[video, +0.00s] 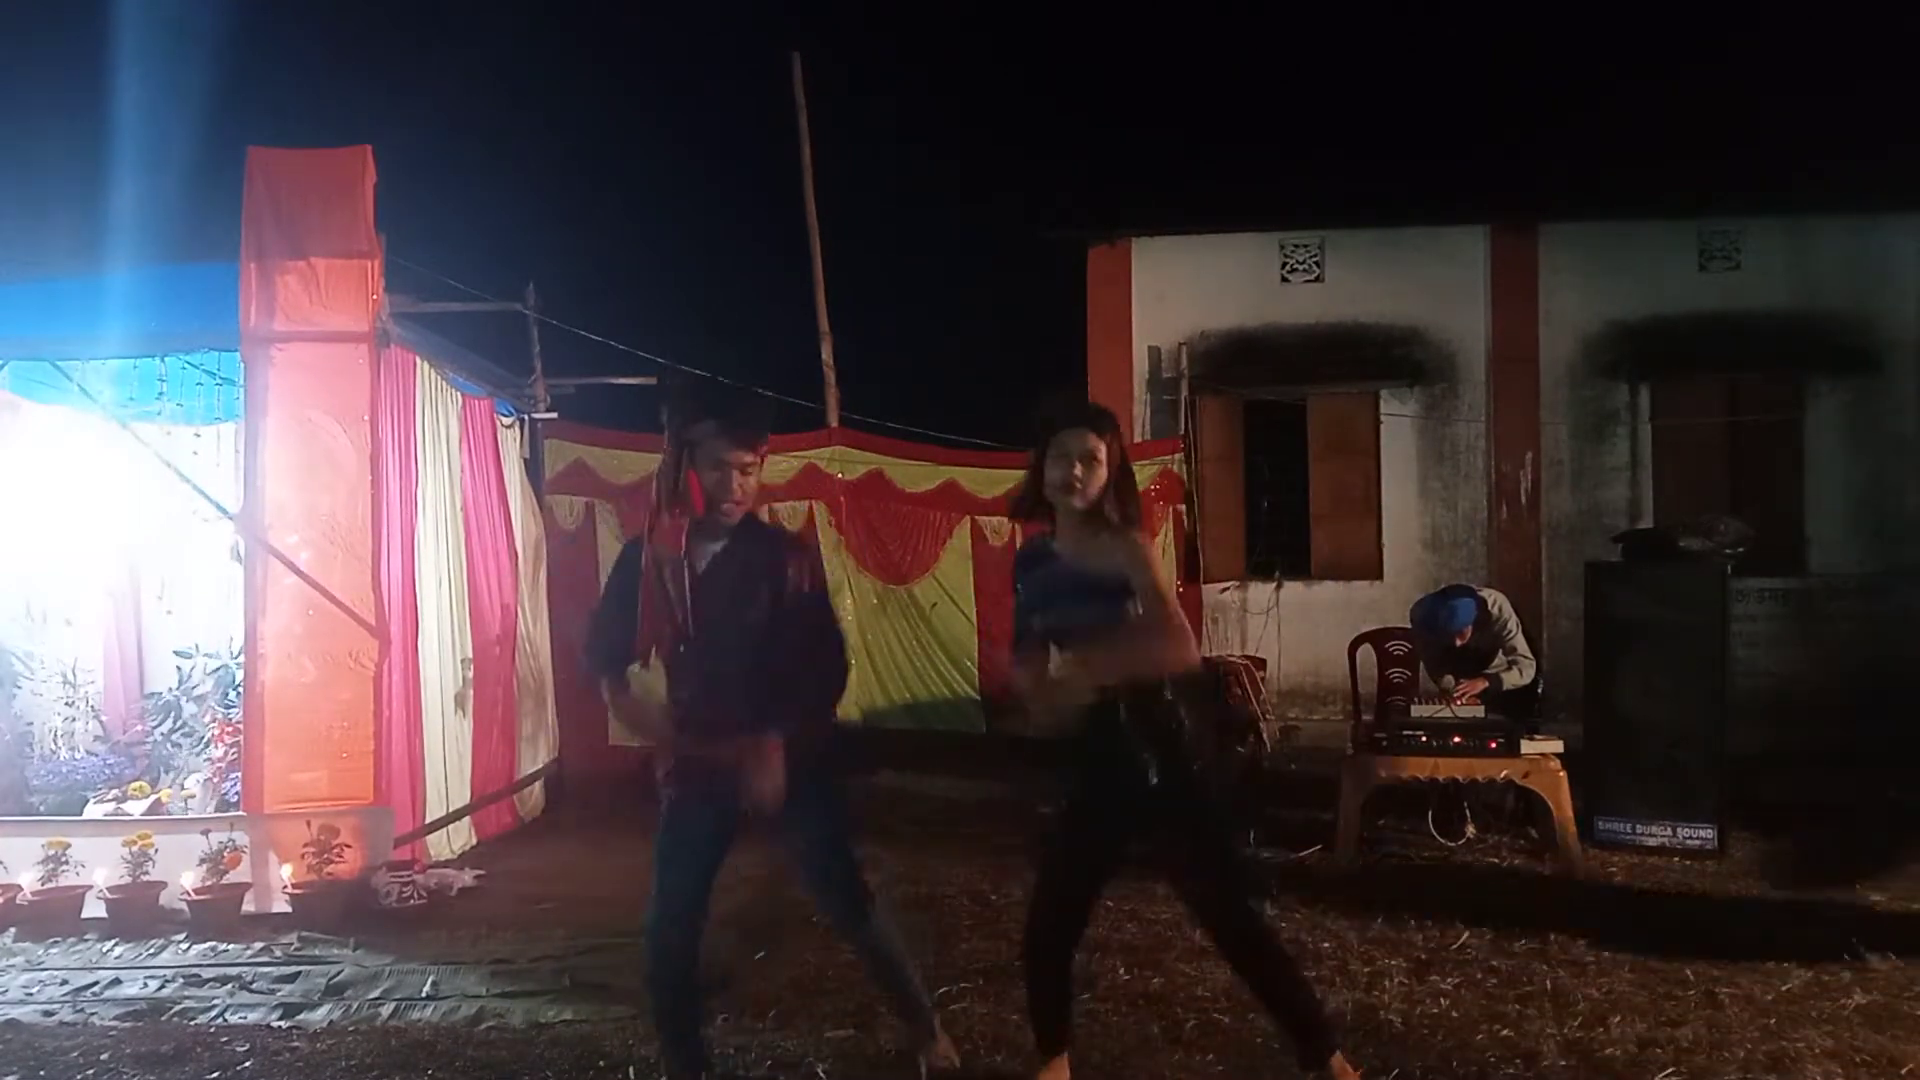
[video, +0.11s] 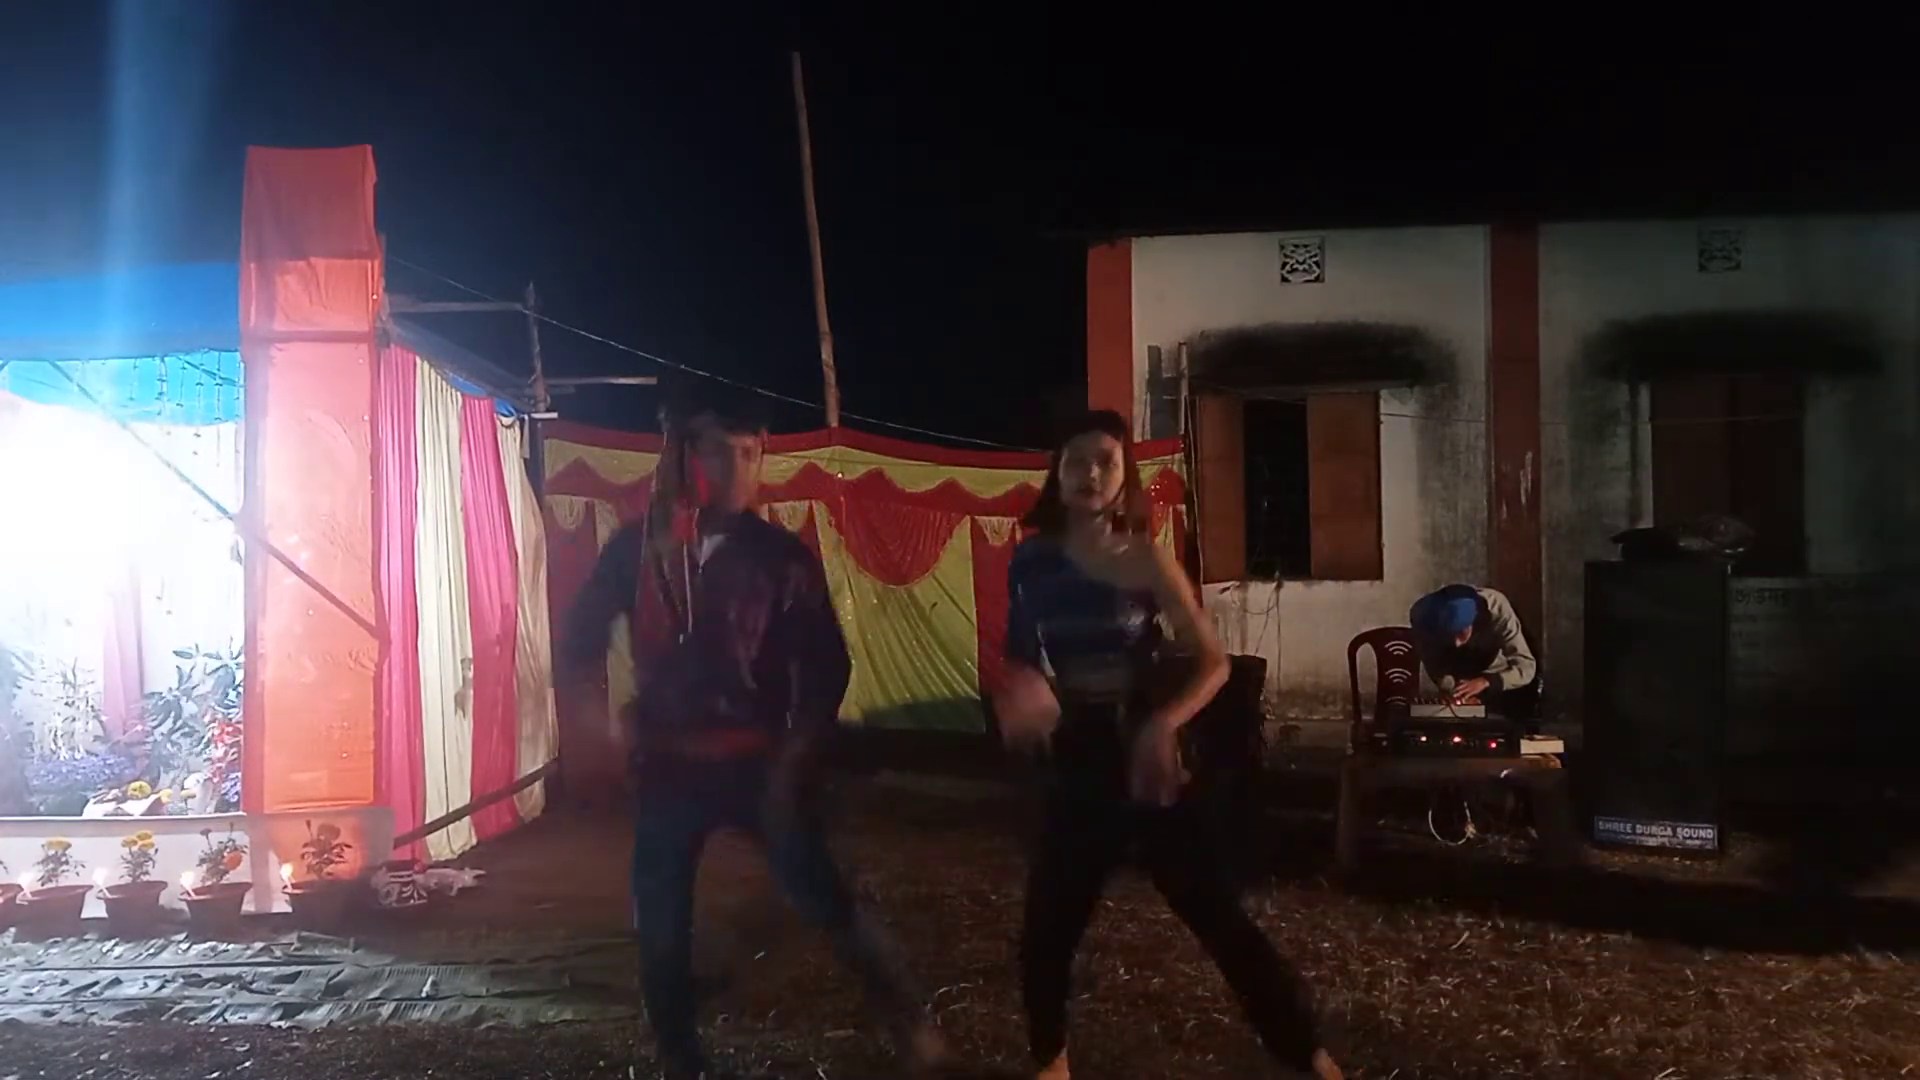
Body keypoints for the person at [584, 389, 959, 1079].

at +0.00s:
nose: (732, 486)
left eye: (745, 471)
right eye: (717, 470)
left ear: (759, 473)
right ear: (688, 471)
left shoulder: (787, 555)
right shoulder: (651, 555)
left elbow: (825, 665)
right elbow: (605, 643)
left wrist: (779, 737)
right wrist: (620, 694)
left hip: (785, 752)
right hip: (699, 756)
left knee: (843, 898)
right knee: (669, 929)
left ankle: (928, 1032)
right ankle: (684, 1065)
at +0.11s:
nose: (739, 469)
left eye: (750, 455)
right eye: (723, 453)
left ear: (762, 460)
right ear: (685, 457)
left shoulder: (784, 556)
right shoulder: (637, 548)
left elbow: (826, 664)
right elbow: (581, 632)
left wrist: (794, 759)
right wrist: (586, 720)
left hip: (761, 767)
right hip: (670, 768)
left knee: (826, 903)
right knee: (660, 941)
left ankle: (914, 1024)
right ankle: (681, 1065)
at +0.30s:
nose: (748, 423)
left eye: (755, 409)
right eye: (730, 409)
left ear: (763, 422)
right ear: (688, 421)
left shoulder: (787, 514)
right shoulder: (634, 500)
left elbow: (835, 597)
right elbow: (535, 559)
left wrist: (815, 677)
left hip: (732, 727)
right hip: (634, 727)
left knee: (770, 881)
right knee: (611, 895)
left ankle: (780, 1045)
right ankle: (594, 1049)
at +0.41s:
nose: (741, 449)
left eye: (747, 433)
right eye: (721, 434)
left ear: (756, 445)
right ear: (681, 448)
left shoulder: (778, 545)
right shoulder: (636, 528)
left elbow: (824, 641)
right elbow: (534, 560)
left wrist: (814, 744)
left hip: (714, 760)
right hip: (622, 755)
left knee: (752, 919)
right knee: (583, 916)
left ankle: (755, 1063)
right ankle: (527, 1058)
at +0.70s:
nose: (726, 413)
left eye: (735, 400)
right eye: (714, 396)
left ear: (743, 413)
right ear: (676, 403)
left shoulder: (773, 502)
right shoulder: (625, 499)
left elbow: (832, 605)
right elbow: (539, 562)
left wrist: (841, 698)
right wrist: (593, 487)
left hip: (751, 731)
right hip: (654, 732)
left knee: (784, 893)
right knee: (622, 896)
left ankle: (797, 1051)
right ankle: (591, 1056)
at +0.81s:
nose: (738, 408)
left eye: (739, 394)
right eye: (727, 392)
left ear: (715, 402)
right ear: (680, 395)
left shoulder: (767, 495)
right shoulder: (609, 491)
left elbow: (827, 592)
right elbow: (538, 576)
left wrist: (848, 680)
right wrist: (553, 523)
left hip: (759, 718)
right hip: (663, 724)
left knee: (802, 881)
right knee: (655, 898)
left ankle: (850, 1036)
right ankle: (661, 1052)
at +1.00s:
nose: (724, 464)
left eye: (735, 451)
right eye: (707, 449)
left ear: (744, 463)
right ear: (670, 452)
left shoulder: (768, 553)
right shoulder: (614, 544)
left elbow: (820, 648)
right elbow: (517, 617)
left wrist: (846, 725)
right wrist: (592, 662)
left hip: (764, 762)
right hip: (670, 773)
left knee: (817, 896)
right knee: (665, 940)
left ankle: (903, 1034)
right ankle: (706, 1062)